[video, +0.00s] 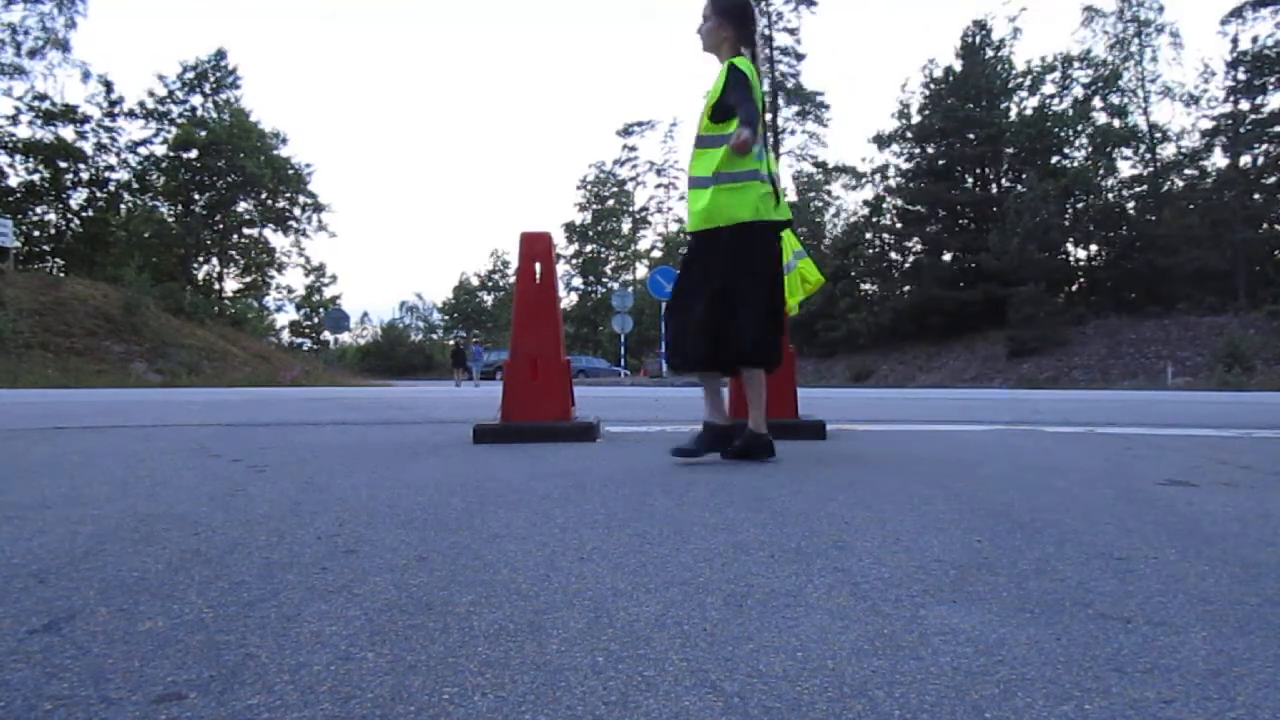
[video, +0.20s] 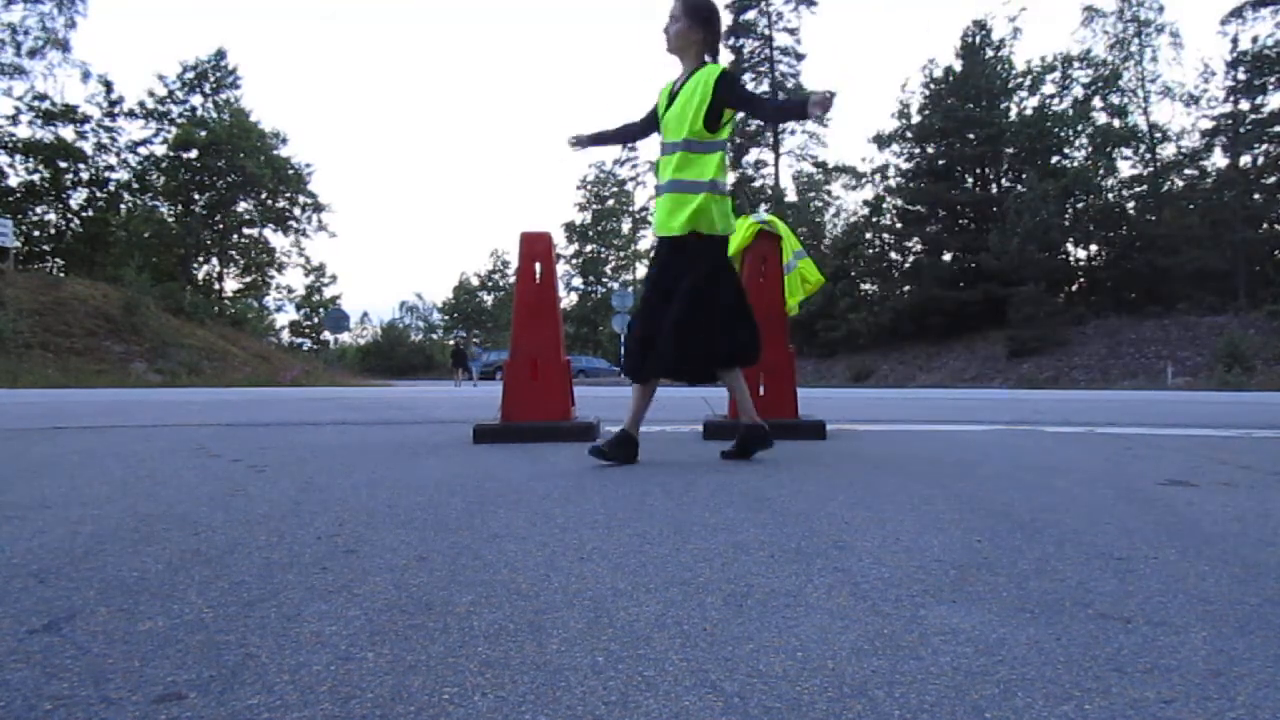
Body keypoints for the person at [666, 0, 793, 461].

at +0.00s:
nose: (699, 29)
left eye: (705, 20)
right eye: (701, 21)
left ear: (726, 26)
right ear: (734, 29)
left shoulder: (735, 69)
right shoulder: (742, 75)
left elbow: (749, 107)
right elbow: (755, 149)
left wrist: (746, 130)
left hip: (728, 227)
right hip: (750, 226)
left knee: (697, 319)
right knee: (750, 326)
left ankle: (716, 422)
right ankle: (757, 432)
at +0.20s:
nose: (665, 28)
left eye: (674, 20)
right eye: (667, 20)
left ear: (699, 30)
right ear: (692, 33)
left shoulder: (716, 79)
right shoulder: (672, 92)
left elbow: (762, 107)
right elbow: (638, 129)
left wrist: (806, 105)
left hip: (695, 231)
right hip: (683, 230)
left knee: (653, 330)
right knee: (715, 329)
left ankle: (628, 435)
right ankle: (751, 423)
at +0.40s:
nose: (655, 37)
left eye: (666, 32)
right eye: (649, 30)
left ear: (682, 49)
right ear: (641, 44)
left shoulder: (698, 104)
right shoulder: (613, 105)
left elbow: (747, 162)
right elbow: (552, 140)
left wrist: (807, 189)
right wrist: (484, 148)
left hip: (670, 243)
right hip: (620, 240)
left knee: (627, 332)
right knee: (582, 327)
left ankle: (623, 437)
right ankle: (642, 395)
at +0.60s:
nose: (667, 13)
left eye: (669, 8)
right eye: (659, 4)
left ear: (664, 20)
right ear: (631, 7)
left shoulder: (669, 78)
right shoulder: (596, 54)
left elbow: (711, 122)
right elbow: (537, 58)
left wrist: (765, 122)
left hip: (647, 214)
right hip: (591, 207)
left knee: (635, 320)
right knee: (596, 312)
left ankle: (616, 425)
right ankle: (586, 416)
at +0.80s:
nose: (651, 22)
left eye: (651, 15)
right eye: (647, 14)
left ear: (618, 14)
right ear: (625, 11)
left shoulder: (610, 68)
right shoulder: (603, 46)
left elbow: (597, 140)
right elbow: (619, 54)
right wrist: (668, 22)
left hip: (585, 200)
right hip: (591, 197)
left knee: (590, 315)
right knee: (618, 315)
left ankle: (539, 414)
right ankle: (598, 431)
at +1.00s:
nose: (602, 49)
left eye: (591, 43)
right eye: (602, 43)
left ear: (559, 46)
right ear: (599, 45)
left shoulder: (533, 98)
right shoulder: (619, 85)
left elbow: (483, 143)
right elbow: (698, 105)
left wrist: (436, 176)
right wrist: (772, 103)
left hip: (538, 239)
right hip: (597, 237)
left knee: (550, 341)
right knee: (634, 335)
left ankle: (520, 449)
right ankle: (592, 445)